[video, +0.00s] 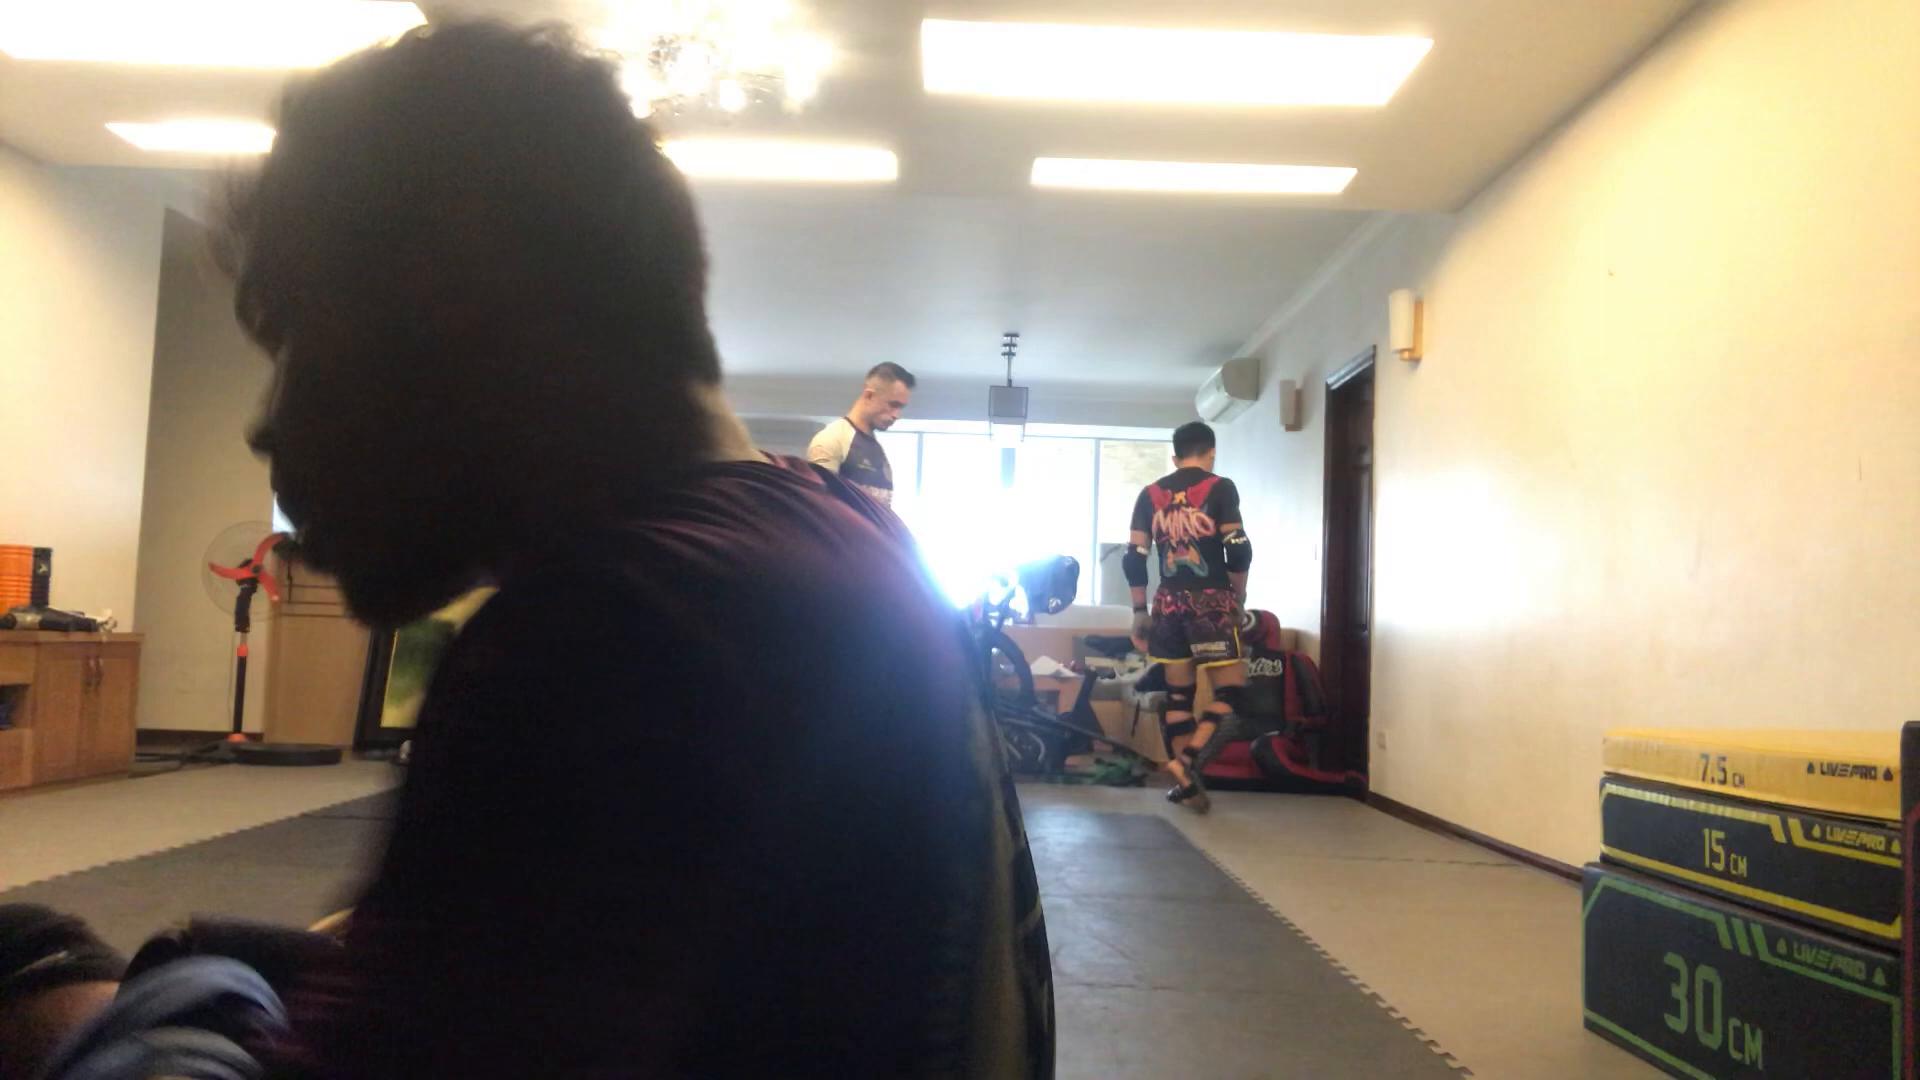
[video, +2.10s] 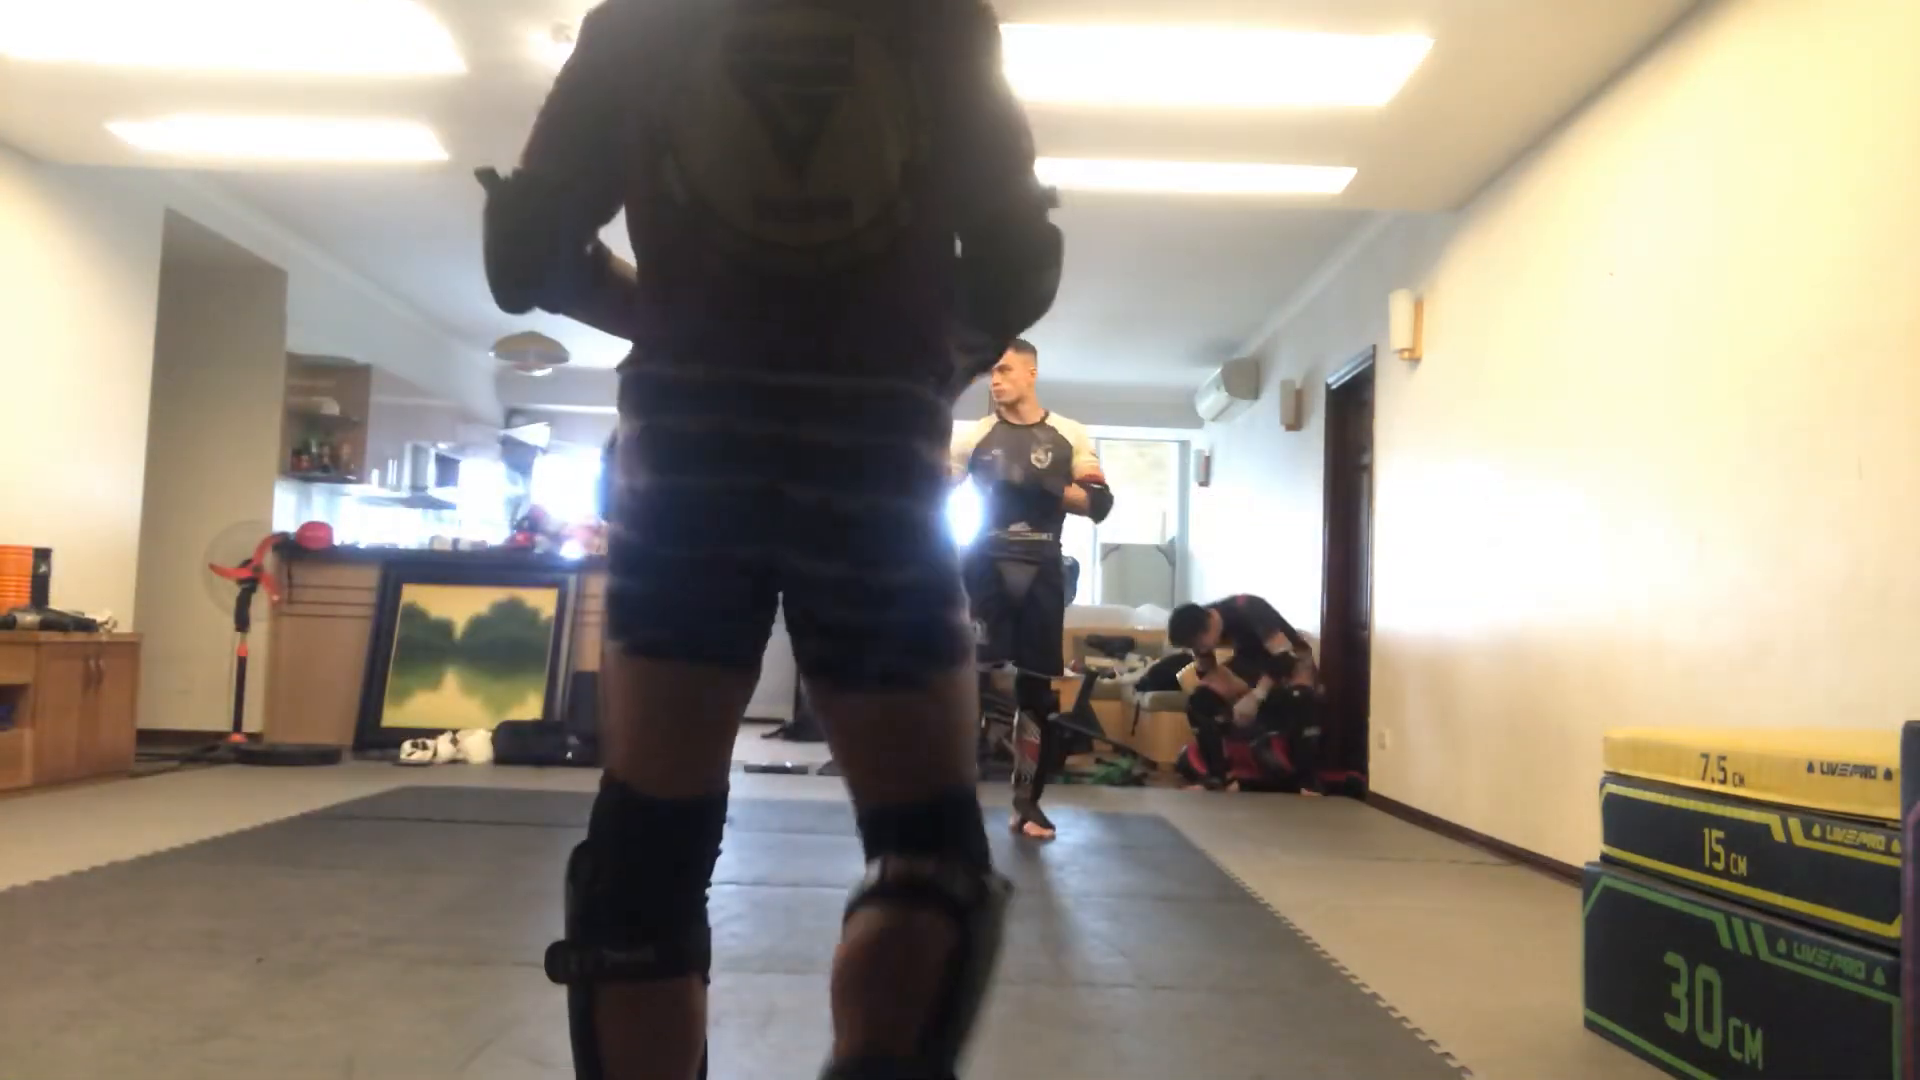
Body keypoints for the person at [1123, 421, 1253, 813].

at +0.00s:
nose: (1211, 459)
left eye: (1206, 455)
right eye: (1212, 454)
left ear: (1174, 456)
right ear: (1210, 454)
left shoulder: (1150, 494)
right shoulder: (1220, 488)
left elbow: (1134, 558)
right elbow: (1238, 549)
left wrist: (1140, 610)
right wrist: (1236, 599)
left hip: (1168, 607)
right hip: (1213, 606)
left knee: (1178, 698)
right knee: (1229, 697)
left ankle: (1190, 788)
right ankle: (1187, 765)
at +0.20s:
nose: (1220, 465)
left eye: (1218, 461)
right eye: (1220, 460)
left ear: (1184, 458)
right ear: (1216, 459)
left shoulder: (1157, 495)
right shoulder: (1224, 490)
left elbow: (1140, 556)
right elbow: (1236, 547)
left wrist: (1156, 602)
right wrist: (1253, 601)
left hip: (1174, 609)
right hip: (1219, 606)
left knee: (1181, 692)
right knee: (1238, 682)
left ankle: (1187, 783)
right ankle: (1227, 770)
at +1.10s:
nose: (1178, 499)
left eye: (1176, 493)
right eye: (1175, 493)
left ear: (1183, 486)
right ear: (1205, 481)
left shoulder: (1196, 503)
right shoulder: (1239, 508)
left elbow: (1192, 557)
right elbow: (1267, 564)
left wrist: (1178, 608)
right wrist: (1257, 608)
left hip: (1221, 611)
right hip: (1254, 611)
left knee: (1206, 690)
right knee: (1240, 690)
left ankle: (1217, 773)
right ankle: (1249, 764)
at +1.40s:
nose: (1153, 528)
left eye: (1150, 520)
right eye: (1148, 523)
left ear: (1163, 507)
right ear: (1167, 504)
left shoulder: (1200, 517)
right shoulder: (1199, 517)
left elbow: (1218, 570)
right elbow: (1217, 575)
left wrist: (1198, 614)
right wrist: (1201, 618)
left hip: (1244, 621)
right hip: (1238, 620)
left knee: (1213, 689)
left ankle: (1220, 771)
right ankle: (1226, 769)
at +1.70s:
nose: (1163, 578)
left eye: (1161, 572)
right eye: (1157, 576)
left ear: (1170, 554)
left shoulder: (1212, 548)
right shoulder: (1179, 572)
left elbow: (1253, 593)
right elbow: (1192, 620)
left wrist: (1231, 645)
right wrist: (1200, 661)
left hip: (1267, 611)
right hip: (1236, 613)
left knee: (1254, 683)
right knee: (1211, 687)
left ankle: (1266, 772)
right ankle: (1216, 769)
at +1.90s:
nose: (1176, 612)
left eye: (1175, 606)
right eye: (1171, 610)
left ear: (1184, 587)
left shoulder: (1226, 575)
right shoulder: (1185, 599)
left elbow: (1262, 621)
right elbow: (1196, 641)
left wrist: (1246, 668)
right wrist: (1206, 681)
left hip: (1278, 621)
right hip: (1240, 628)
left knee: (1282, 693)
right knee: (1210, 697)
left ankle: (1307, 778)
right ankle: (1216, 775)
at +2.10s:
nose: (1201, 650)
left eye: (1202, 644)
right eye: (1196, 648)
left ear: (1211, 623)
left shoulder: (1248, 609)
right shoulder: (1199, 635)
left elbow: (1284, 657)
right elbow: (1208, 673)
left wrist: (1256, 696)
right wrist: (1241, 693)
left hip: (1291, 657)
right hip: (1248, 660)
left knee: (1298, 703)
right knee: (1200, 701)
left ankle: (1307, 781)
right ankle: (1216, 775)